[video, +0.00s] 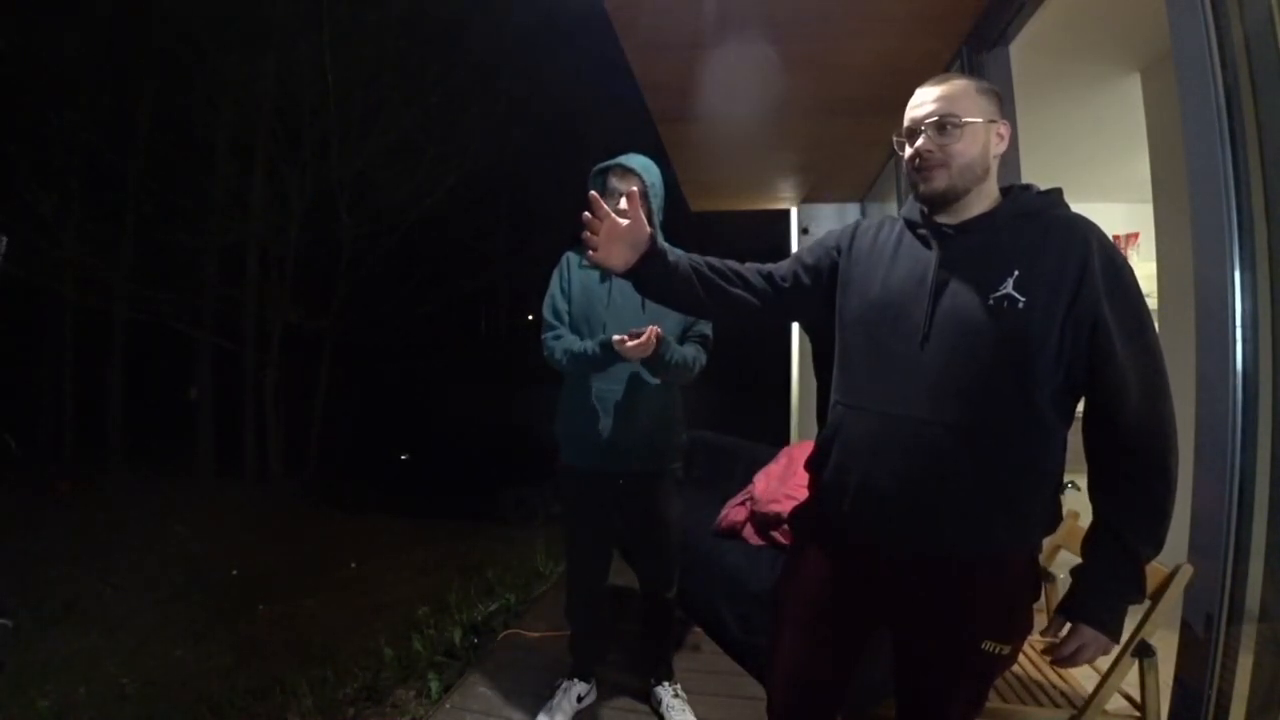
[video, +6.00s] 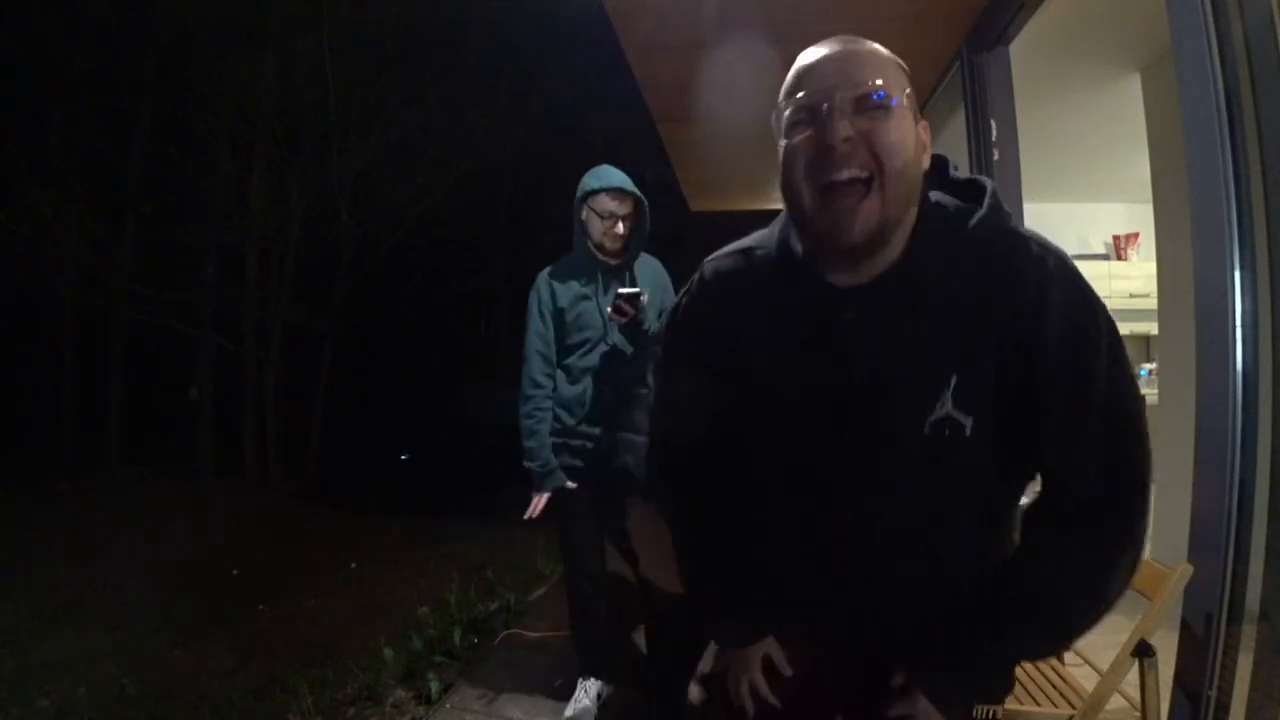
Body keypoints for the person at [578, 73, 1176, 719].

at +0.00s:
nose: (914, 145)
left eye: (939, 127)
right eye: (907, 135)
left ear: (999, 138)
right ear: (899, 153)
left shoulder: (1071, 250)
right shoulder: (859, 244)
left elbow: (1136, 431)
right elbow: (761, 288)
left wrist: (1104, 590)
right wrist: (649, 259)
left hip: (974, 561)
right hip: (840, 544)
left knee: (936, 711)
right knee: (799, 704)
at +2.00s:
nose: (872, 125)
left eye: (892, 110)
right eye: (855, 117)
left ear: (930, 134)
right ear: (837, 145)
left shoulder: (1001, 248)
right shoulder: (786, 244)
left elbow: (1060, 405)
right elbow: (702, 340)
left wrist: (1049, 545)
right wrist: (632, 367)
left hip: (951, 549)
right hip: (813, 546)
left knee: (916, 709)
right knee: (806, 708)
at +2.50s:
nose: (925, 125)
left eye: (947, 115)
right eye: (908, 119)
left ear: (982, 143)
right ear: (887, 149)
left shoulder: (1037, 255)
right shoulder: (828, 238)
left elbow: (1092, 415)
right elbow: (758, 329)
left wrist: (1083, 553)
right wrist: (716, 329)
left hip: (966, 551)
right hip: (829, 539)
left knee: (927, 705)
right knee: (816, 703)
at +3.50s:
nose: (912, 132)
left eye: (930, 122)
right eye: (894, 126)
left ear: (957, 153)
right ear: (869, 158)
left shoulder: (1018, 255)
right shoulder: (821, 249)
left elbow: (1081, 419)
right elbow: (740, 344)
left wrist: (1063, 569)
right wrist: (673, 419)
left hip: (951, 542)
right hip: (821, 532)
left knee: (916, 703)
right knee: (813, 699)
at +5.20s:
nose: (909, 76)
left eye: (941, 63)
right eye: (891, 64)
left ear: (979, 102)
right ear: (865, 99)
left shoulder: (1040, 209)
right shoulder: (796, 218)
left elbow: (1104, 440)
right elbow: (730, 376)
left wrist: (990, 638)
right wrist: (735, 511)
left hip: (944, 596)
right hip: (787, 582)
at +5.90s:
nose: (851, 105)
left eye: (877, 87)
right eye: (822, 96)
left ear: (920, 125)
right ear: (793, 147)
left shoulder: (1019, 259)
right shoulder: (735, 278)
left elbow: (1085, 469)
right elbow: (697, 462)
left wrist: (965, 643)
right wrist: (747, 606)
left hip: (945, 645)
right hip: (786, 639)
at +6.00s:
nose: (837, 136)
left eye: (870, 106)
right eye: (806, 118)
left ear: (924, 138)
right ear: (779, 159)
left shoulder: (1020, 283)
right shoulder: (721, 299)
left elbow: (1103, 501)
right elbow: (684, 482)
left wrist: (962, 669)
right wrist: (733, 621)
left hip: (941, 659)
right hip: (774, 656)